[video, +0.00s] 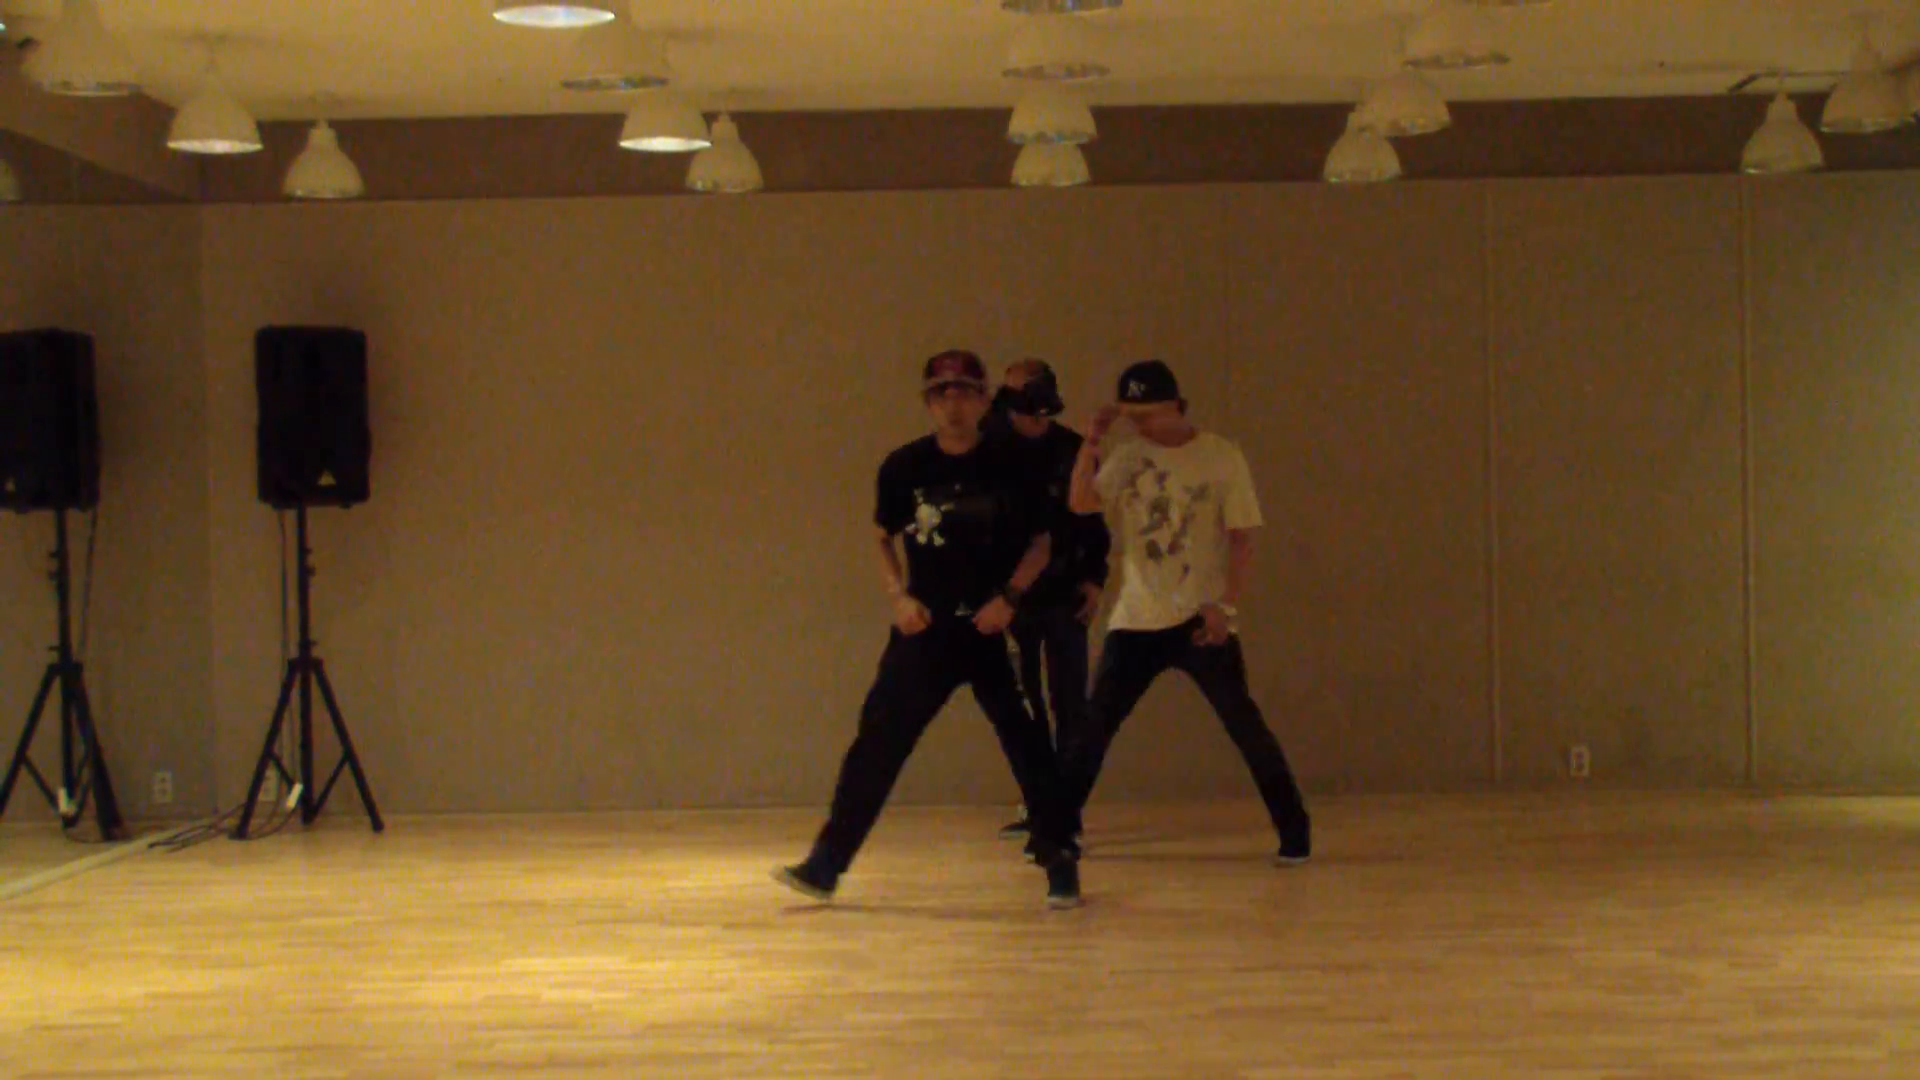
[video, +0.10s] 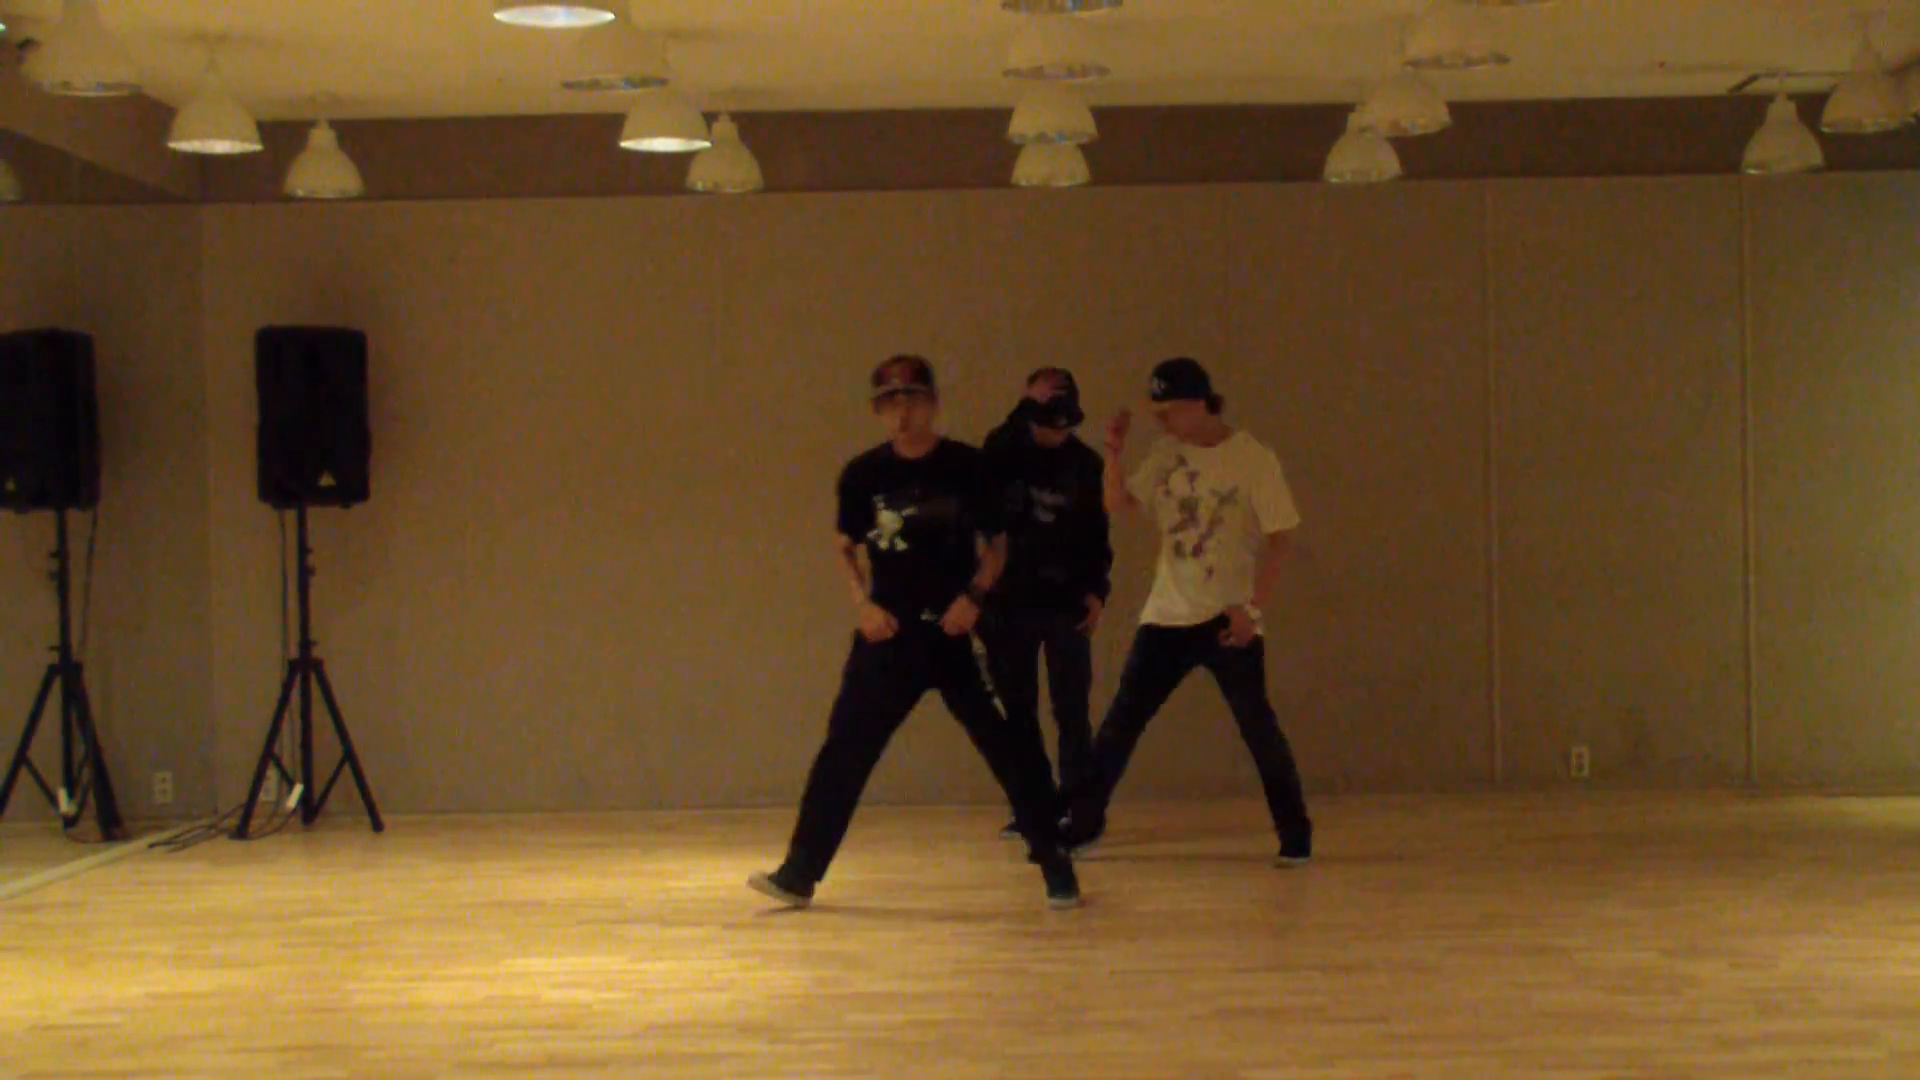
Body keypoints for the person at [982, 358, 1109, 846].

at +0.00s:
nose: (1036, 419)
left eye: (1043, 407)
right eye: (1025, 409)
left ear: (1054, 403)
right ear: (1006, 405)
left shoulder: (1073, 449)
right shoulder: (989, 450)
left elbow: (1094, 523)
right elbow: (973, 525)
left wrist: (1095, 579)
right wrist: (990, 586)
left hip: (1065, 590)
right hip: (1010, 592)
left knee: (1070, 701)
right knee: (1024, 703)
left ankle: (1067, 812)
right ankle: (1037, 805)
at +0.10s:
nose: (1052, 430)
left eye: (1062, 420)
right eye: (1043, 419)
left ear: (1074, 418)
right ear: (1026, 412)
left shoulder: (1085, 463)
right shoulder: (1000, 452)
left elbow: (1097, 533)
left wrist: (1097, 588)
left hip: (1067, 598)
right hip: (1008, 596)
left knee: (1071, 709)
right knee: (1018, 712)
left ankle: (1079, 809)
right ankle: (1030, 810)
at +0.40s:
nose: (1054, 394)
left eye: (1060, 386)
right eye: (1044, 386)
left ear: (1075, 394)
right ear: (1029, 397)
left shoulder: (1100, 446)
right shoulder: (1014, 443)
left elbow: (1118, 508)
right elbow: (1005, 474)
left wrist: (1122, 538)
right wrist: (1031, 409)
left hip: (1079, 595)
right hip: (1024, 592)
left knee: (1078, 709)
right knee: (1021, 705)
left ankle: (1070, 813)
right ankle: (1025, 811)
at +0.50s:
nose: (1043, 414)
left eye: (1052, 405)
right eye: (1037, 404)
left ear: (1067, 403)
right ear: (1025, 400)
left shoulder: (1097, 443)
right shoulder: (1011, 446)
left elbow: (1132, 500)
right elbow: (993, 497)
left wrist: (1164, 495)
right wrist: (1023, 433)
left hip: (1082, 596)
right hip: (1027, 595)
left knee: (1078, 712)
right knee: (1027, 706)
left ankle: (1069, 814)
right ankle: (1031, 812)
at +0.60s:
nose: (1027, 422)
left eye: (1036, 415)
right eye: (1029, 412)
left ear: (1059, 414)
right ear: (1026, 409)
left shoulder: (1100, 446)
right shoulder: (1008, 453)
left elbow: (1145, 479)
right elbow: (977, 521)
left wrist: (1203, 479)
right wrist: (1006, 475)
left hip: (1083, 599)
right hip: (1028, 599)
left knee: (1078, 711)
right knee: (1033, 705)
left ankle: (1070, 815)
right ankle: (1042, 809)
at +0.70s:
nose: (1062, 424)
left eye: (1064, 414)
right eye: (1053, 416)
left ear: (1066, 410)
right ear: (1027, 411)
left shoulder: (1098, 445)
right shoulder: (1004, 457)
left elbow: (1158, 473)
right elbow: (975, 529)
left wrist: (1230, 475)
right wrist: (985, 531)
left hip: (1085, 600)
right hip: (1030, 602)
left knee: (1079, 712)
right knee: (1039, 707)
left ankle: (1069, 816)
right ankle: (1054, 814)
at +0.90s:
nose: (1036, 441)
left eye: (1043, 431)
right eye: (1027, 432)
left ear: (1054, 417)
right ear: (1008, 422)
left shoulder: (1087, 443)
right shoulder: (995, 471)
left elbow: (1144, 470)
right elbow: (985, 540)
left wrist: (1209, 479)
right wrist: (979, 606)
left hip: (1091, 607)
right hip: (1034, 611)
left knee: (1094, 725)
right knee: (1042, 722)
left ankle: (1071, 801)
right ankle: (1063, 834)